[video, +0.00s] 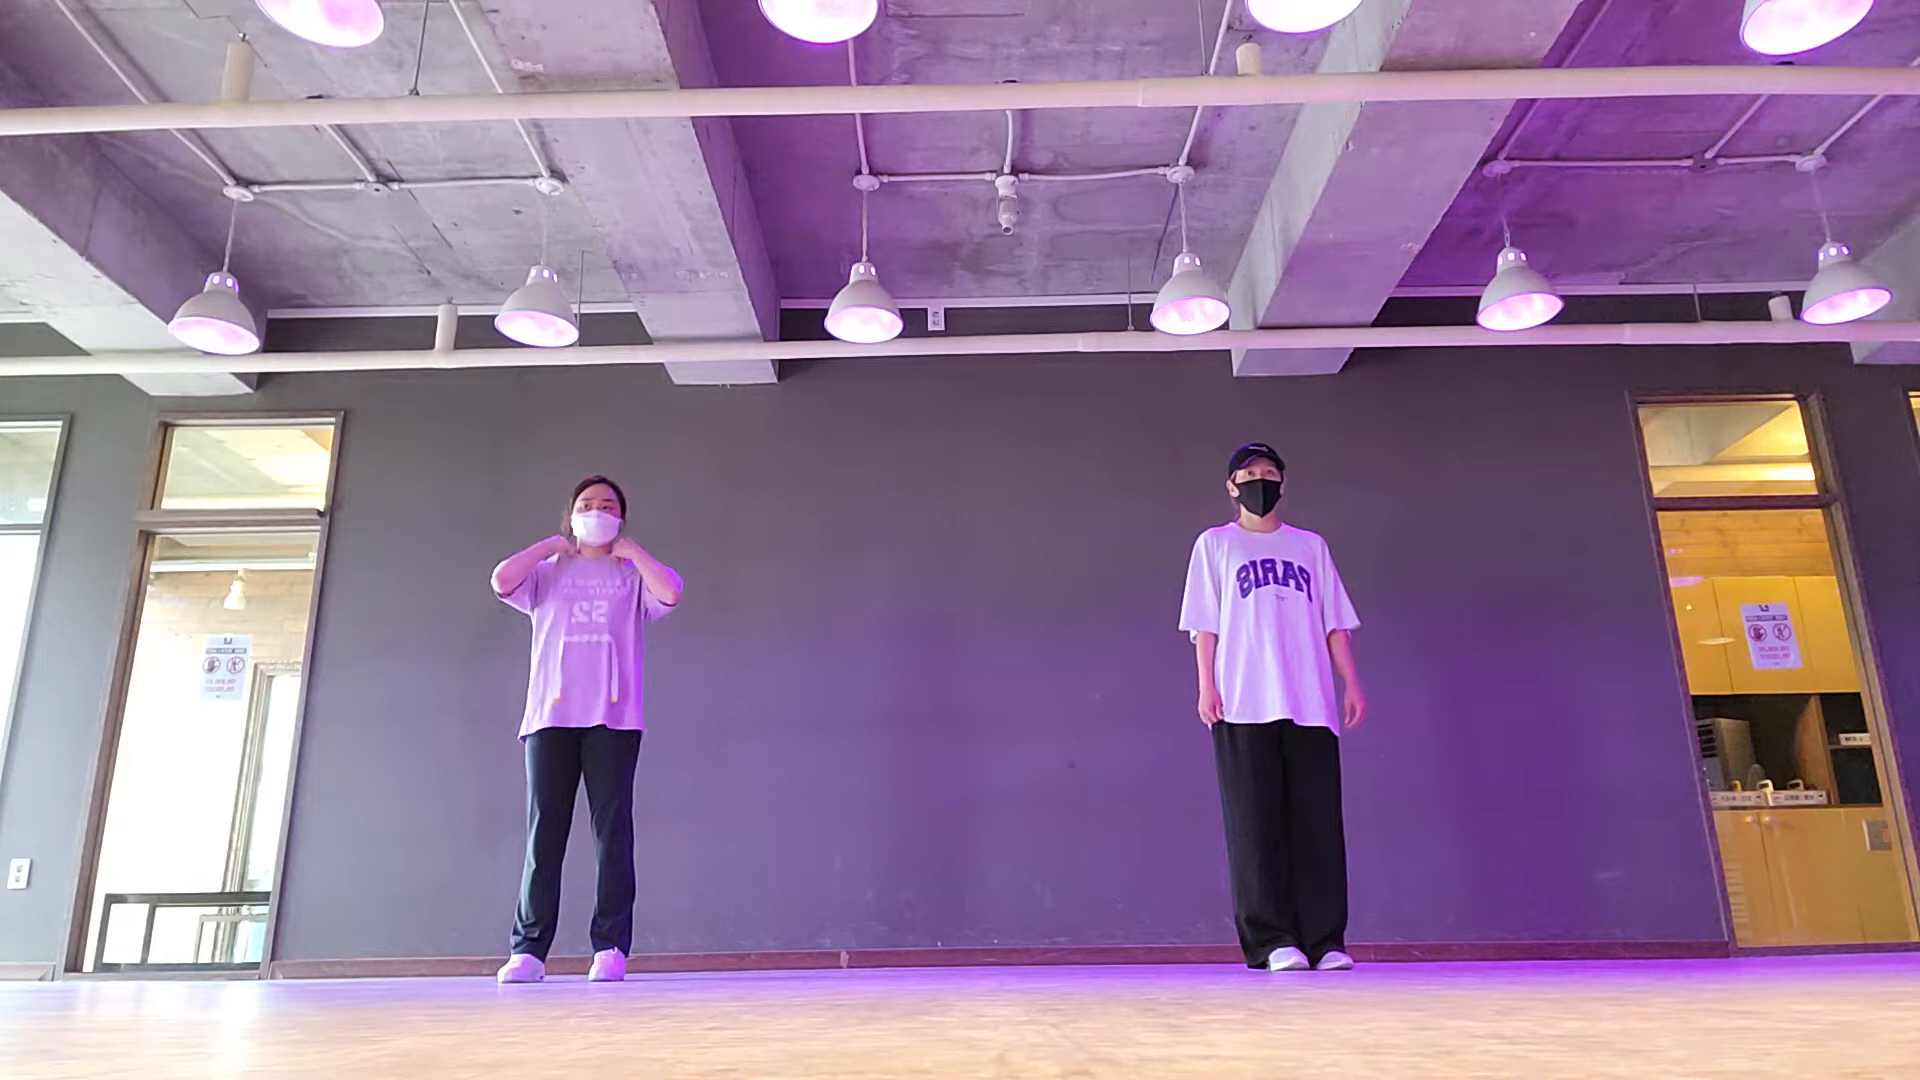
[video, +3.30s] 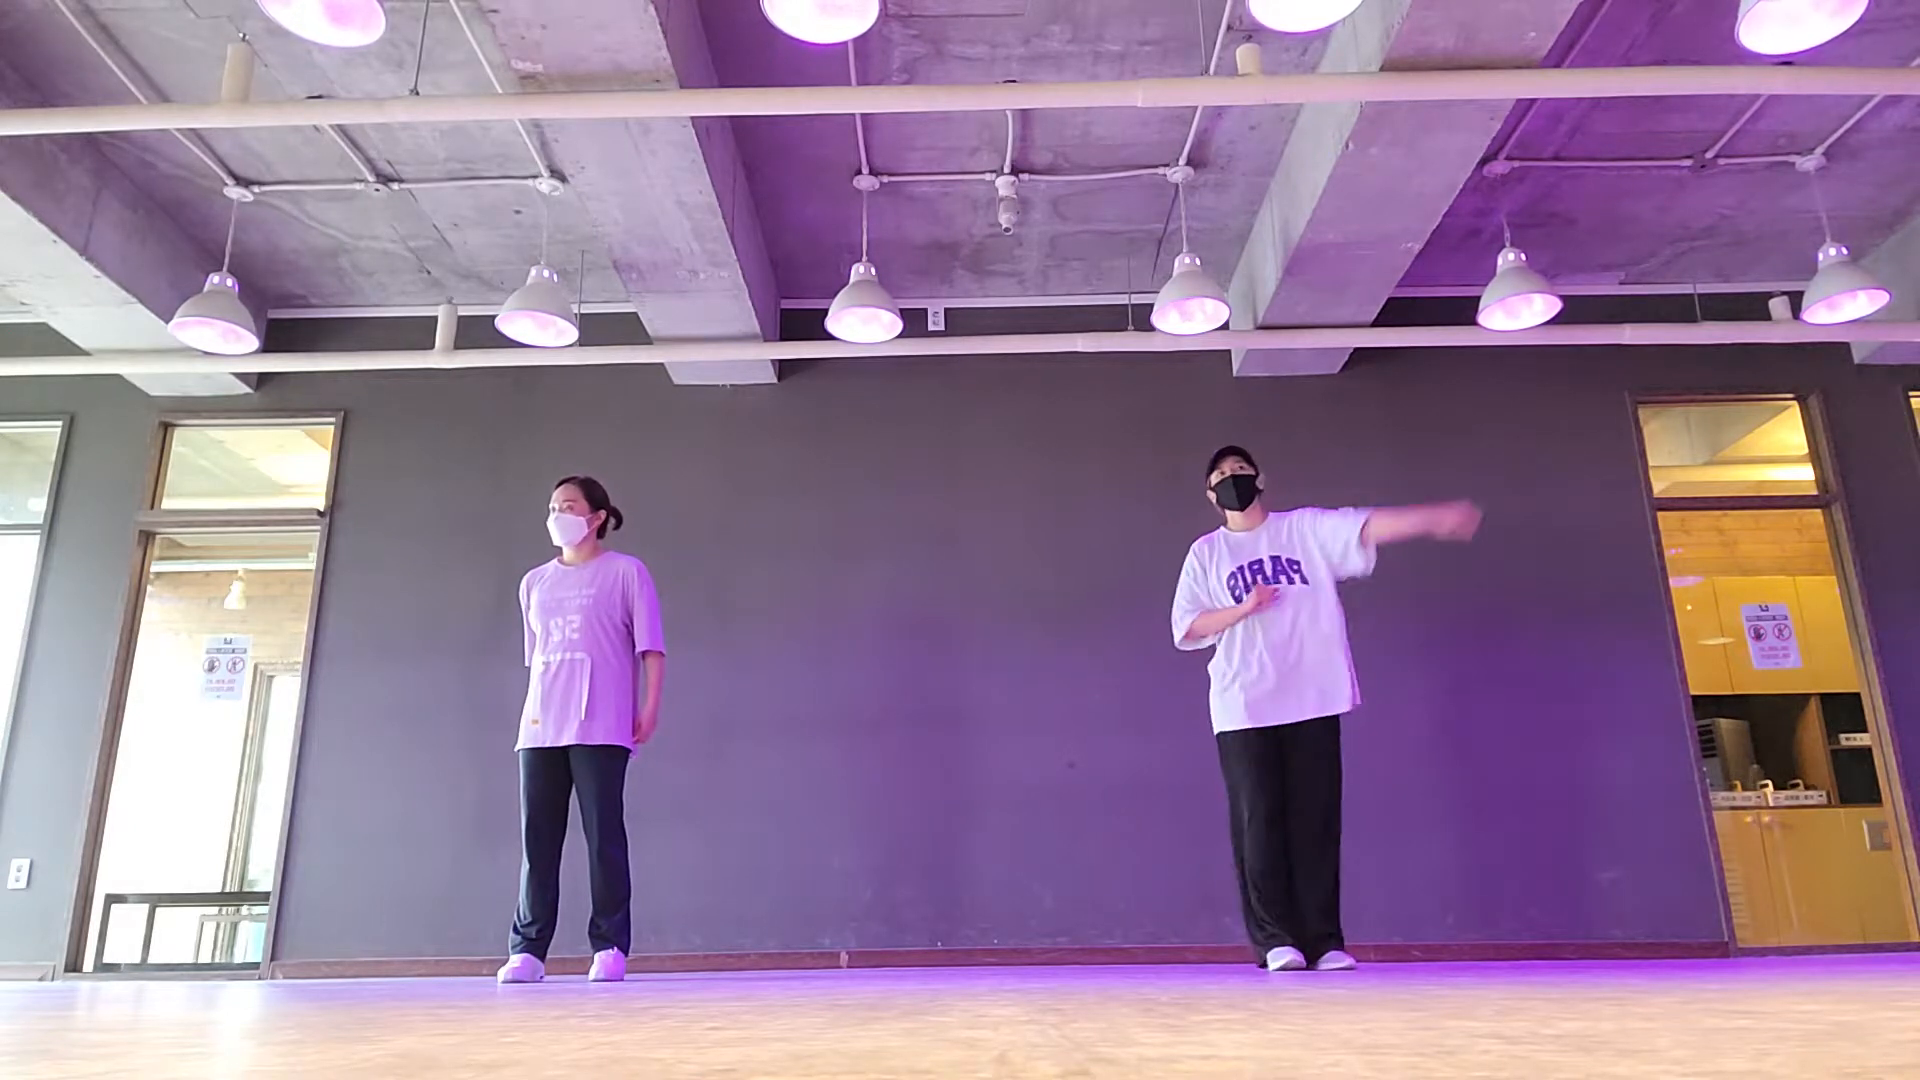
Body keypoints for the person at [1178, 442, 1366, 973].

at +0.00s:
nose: (1261, 481)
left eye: (1270, 473)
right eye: (1250, 474)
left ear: (1282, 484)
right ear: (1233, 486)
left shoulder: (1312, 546)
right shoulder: (1213, 545)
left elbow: (1335, 625)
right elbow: (1204, 624)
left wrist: (1351, 683)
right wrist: (1207, 685)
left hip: (1310, 704)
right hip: (1245, 706)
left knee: (1317, 823)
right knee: (1257, 828)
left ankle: (1325, 941)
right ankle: (1271, 944)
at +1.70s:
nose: (1259, 481)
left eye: (1268, 473)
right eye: (1248, 473)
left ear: (1282, 481)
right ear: (1230, 484)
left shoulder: (1313, 543)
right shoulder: (1211, 543)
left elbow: (1362, 616)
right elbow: (1181, 621)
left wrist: (1420, 658)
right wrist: (1144, 671)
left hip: (1309, 708)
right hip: (1241, 711)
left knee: (1317, 824)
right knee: (1257, 827)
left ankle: (1325, 941)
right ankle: (1273, 944)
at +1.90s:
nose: (1260, 481)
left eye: (1269, 473)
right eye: (1249, 473)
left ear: (1282, 482)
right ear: (1230, 483)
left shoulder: (1313, 539)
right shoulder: (1208, 542)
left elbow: (1360, 588)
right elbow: (1172, 599)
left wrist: (1404, 600)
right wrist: (1154, 604)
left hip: (1313, 705)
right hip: (1244, 708)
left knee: (1320, 825)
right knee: (1262, 829)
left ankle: (1327, 942)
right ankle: (1276, 945)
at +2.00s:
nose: (1260, 478)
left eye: (1269, 470)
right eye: (1249, 470)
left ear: (1281, 479)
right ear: (1231, 481)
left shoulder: (1313, 538)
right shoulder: (1209, 539)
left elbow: (1368, 597)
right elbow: (1172, 610)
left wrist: (1369, 584)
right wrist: (1205, 566)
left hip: (1311, 704)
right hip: (1242, 707)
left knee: (1319, 821)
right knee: (1262, 827)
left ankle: (1328, 942)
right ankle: (1276, 945)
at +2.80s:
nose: (1271, 489)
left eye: (1280, 482)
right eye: (1260, 481)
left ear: (1290, 494)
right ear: (1240, 492)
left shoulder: (1315, 555)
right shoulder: (1215, 545)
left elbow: (1364, 615)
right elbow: (1179, 604)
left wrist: (1348, 550)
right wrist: (1185, 634)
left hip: (1317, 715)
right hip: (1249, 713)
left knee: (1332, 832)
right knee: (1267, 831)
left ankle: (1325, 943)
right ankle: (1275, 946)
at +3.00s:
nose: (1254, 479)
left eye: (1263, 471)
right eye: (1243, 473)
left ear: (1277, 482)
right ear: (1226, 486)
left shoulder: (1318, 536)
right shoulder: (1210, 543)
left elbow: (1389, 552)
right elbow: (1196, 618)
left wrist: (1377, 486)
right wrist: (1220, 650)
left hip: (1317, 706)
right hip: (1248, 710)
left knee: (1324, 826)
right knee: (1265, 830)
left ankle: (1329, 944)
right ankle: (1280, 946)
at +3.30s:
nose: (1233, 478)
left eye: (1242, 470)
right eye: (1222, 474)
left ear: (1260, 482)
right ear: (1211, 494)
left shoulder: (1304, 527)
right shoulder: (1205, 554)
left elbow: (1369, 524)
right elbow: (1186, 630)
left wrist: (1436, 517)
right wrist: (1242, 609)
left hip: (1313, 703)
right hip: (1245, 713)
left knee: (1318, 823)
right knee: (1261, 826)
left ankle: (1324, 942)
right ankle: (1276, 943)